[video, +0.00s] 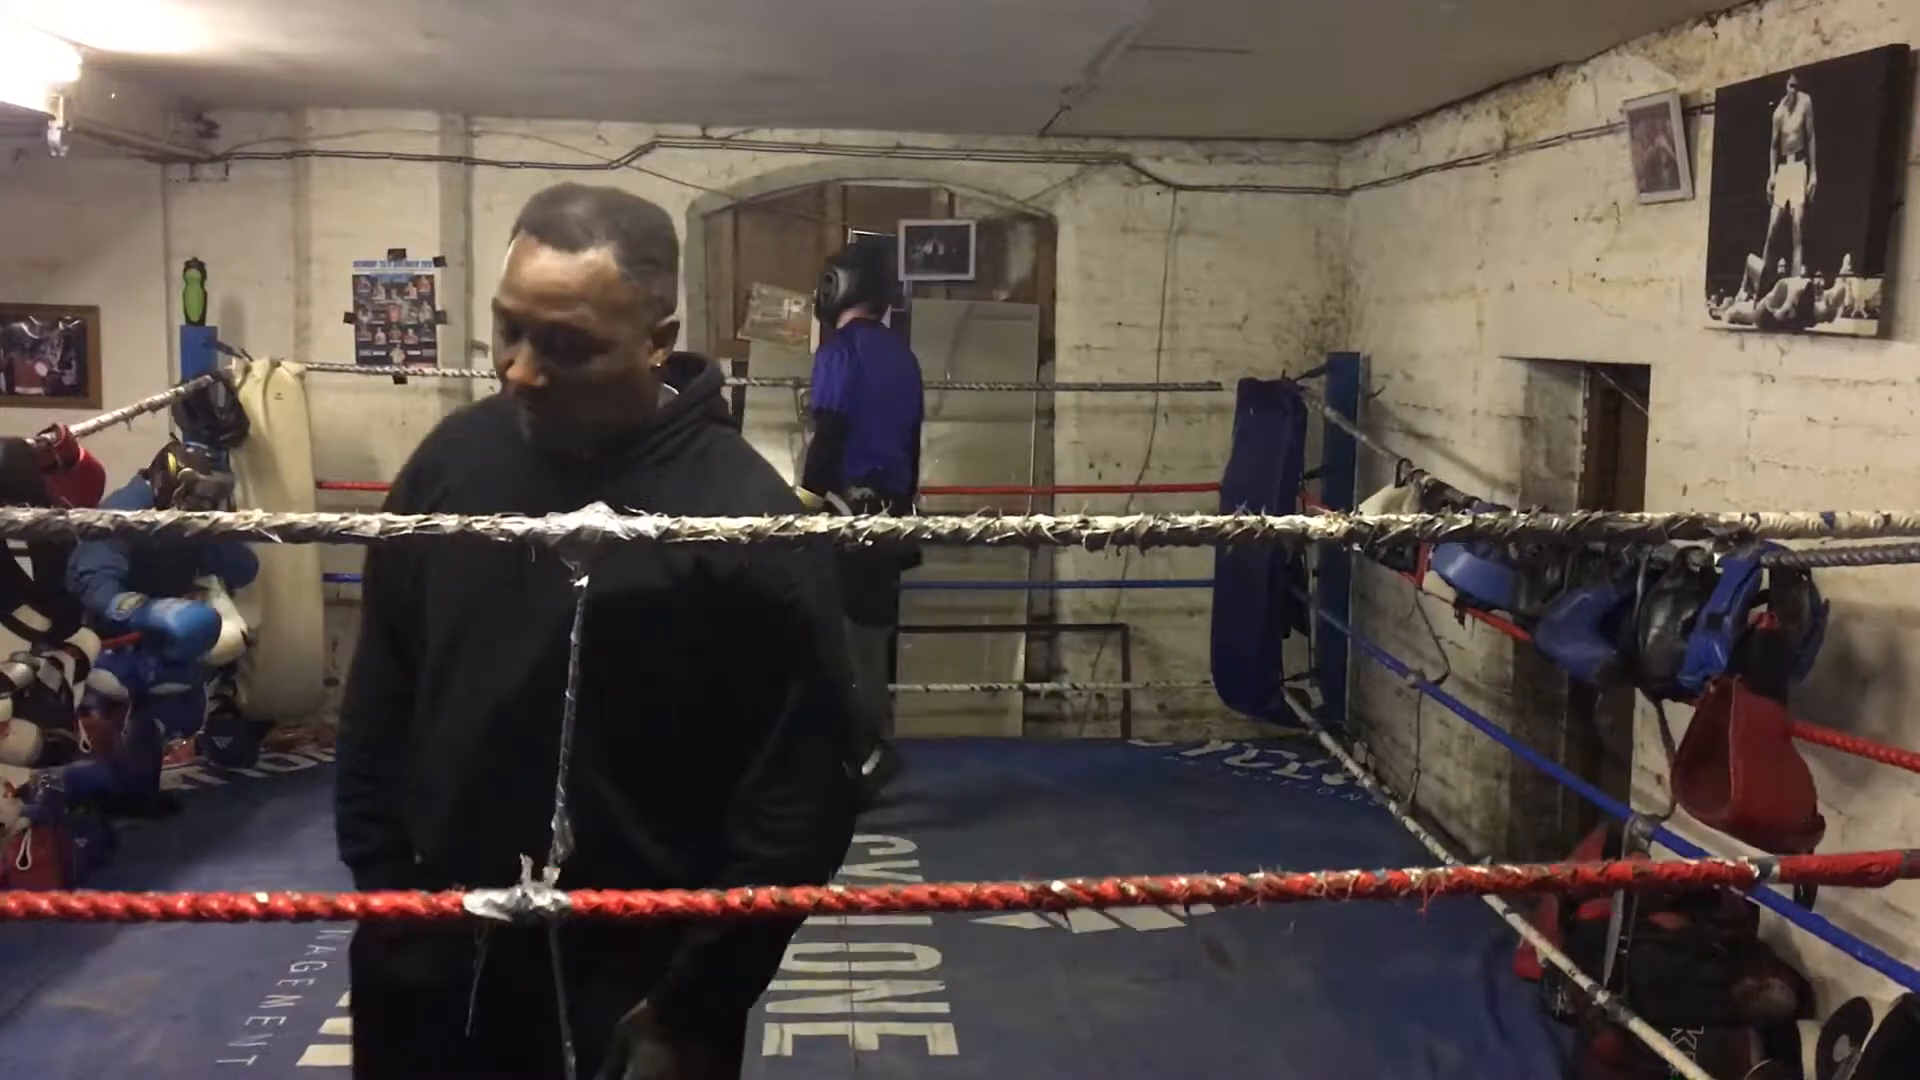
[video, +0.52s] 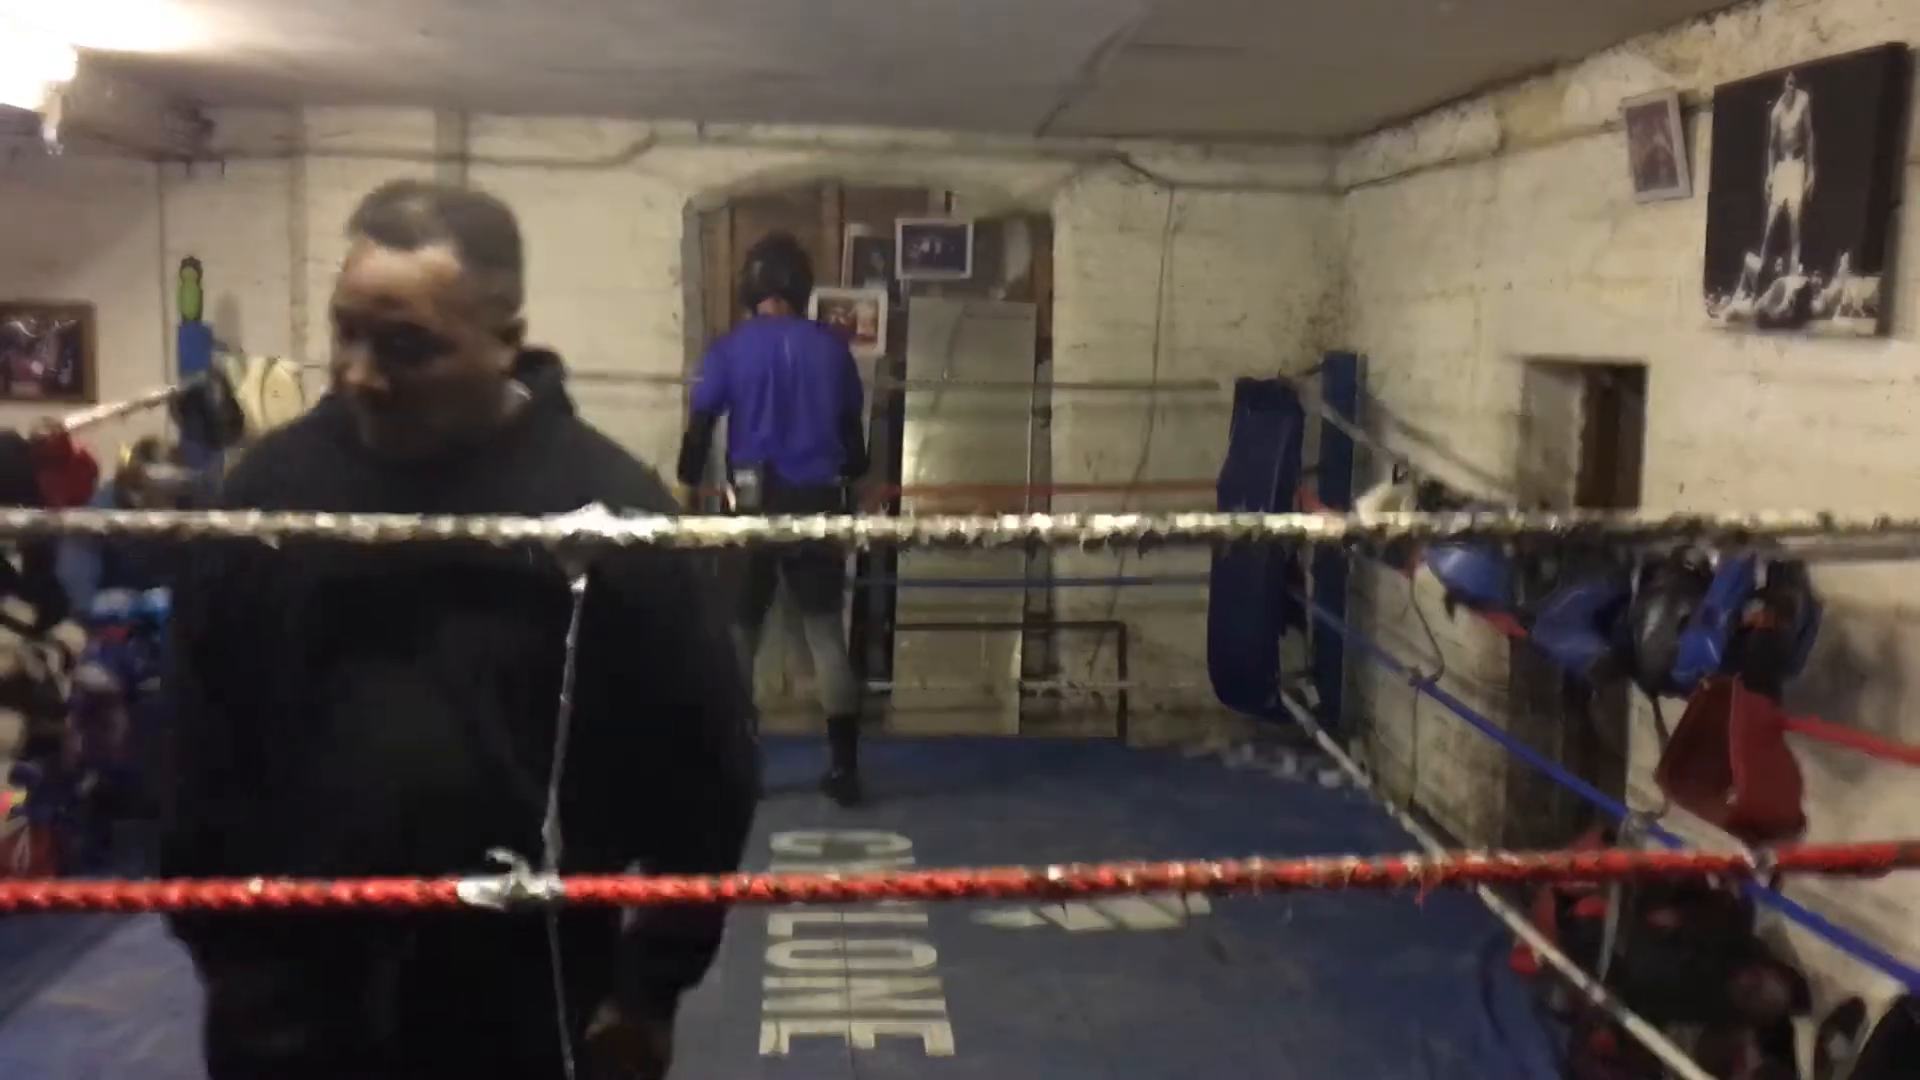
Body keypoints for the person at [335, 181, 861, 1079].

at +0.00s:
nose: (520, 372)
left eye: (566, 346)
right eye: (509, 332)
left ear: (661, 338)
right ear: (495, 306)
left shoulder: (750, 519)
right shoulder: (457, 458)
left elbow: (809, 782)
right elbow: (381, 685)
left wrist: (700, 1004)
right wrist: (387, 888)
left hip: (641, 981)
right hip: (435, 967)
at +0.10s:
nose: (509, 378)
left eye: (554, 350)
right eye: (496, 337)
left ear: (649, 346)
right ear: (482, 314)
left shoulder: (742, 523)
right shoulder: (433, 461)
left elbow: (802, 791)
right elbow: (354, 684)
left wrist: (694, 1016)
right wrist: (360, 882)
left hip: (626, 992)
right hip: (412, 975)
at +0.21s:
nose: (482, 376)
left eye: (529, 349)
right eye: (470, 334)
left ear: (624, 345)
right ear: (458, 310)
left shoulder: (720, 521)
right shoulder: (397, 465)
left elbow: (794, 787)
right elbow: (317, 695)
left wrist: (699, 1014)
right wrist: (328, 897)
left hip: (608, 997)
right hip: (381, 979)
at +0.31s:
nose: (455, 373)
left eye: (502, 346)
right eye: (442, 332)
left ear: (596, 342)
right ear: (429, 308)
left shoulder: (702, 521)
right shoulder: (364, 469)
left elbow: (777, 787)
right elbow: (284, 710)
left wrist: (697, 1008)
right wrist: (299, 918)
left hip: (595, 1004)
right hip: (364, 988)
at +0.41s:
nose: (412, 375)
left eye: (461, 346)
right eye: (398, 333)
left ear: (557, 339)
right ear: (384, 312)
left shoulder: (668, 516)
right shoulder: (319, 477)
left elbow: (748, 774)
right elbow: (239, 715)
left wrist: (679, 998)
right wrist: (263, 936)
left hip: (564, 1007)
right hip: (331, 991)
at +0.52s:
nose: (361, 374)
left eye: (406, 345)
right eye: (347, 332)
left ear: (505, 339)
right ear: (329, 314)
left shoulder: (611, 509)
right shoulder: (262, 490)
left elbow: (704, 768)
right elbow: (199, 735)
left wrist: (647, 991)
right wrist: (231, 954)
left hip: (522, 1001)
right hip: (296, 992)